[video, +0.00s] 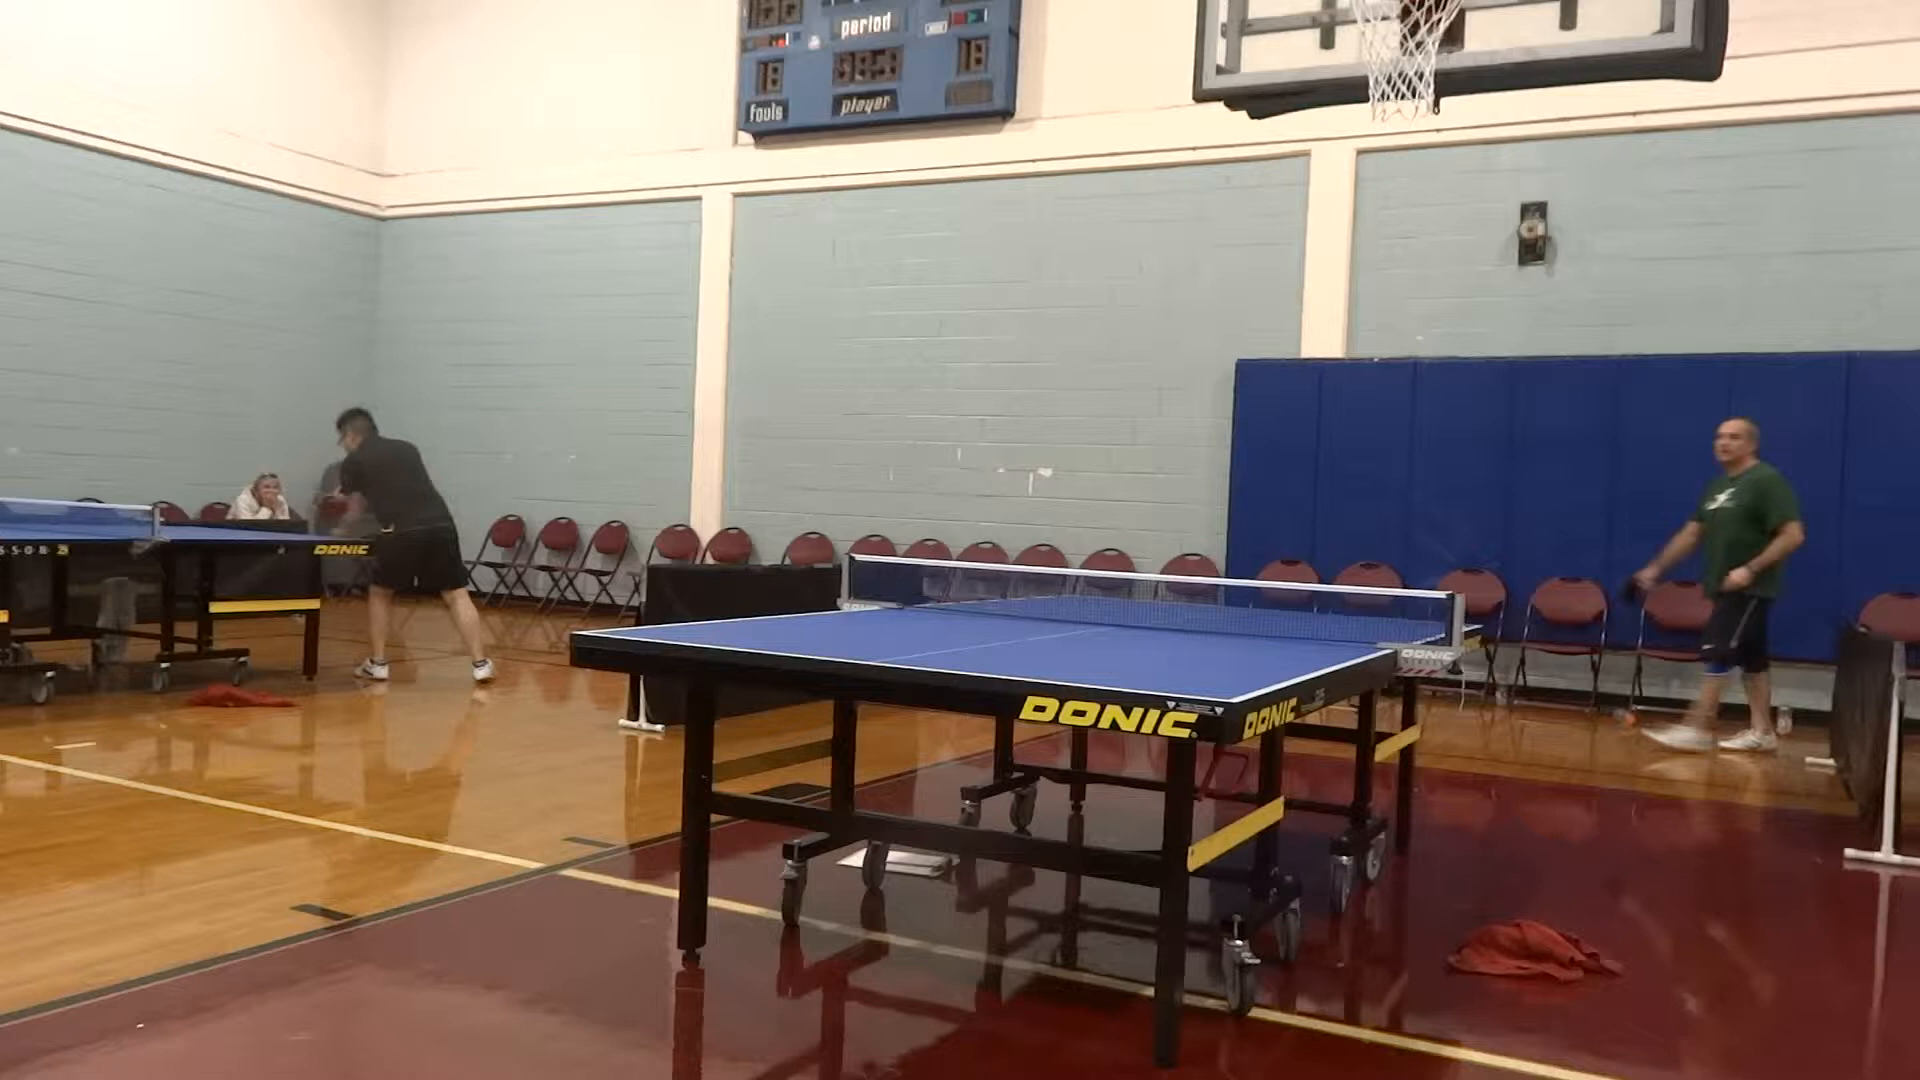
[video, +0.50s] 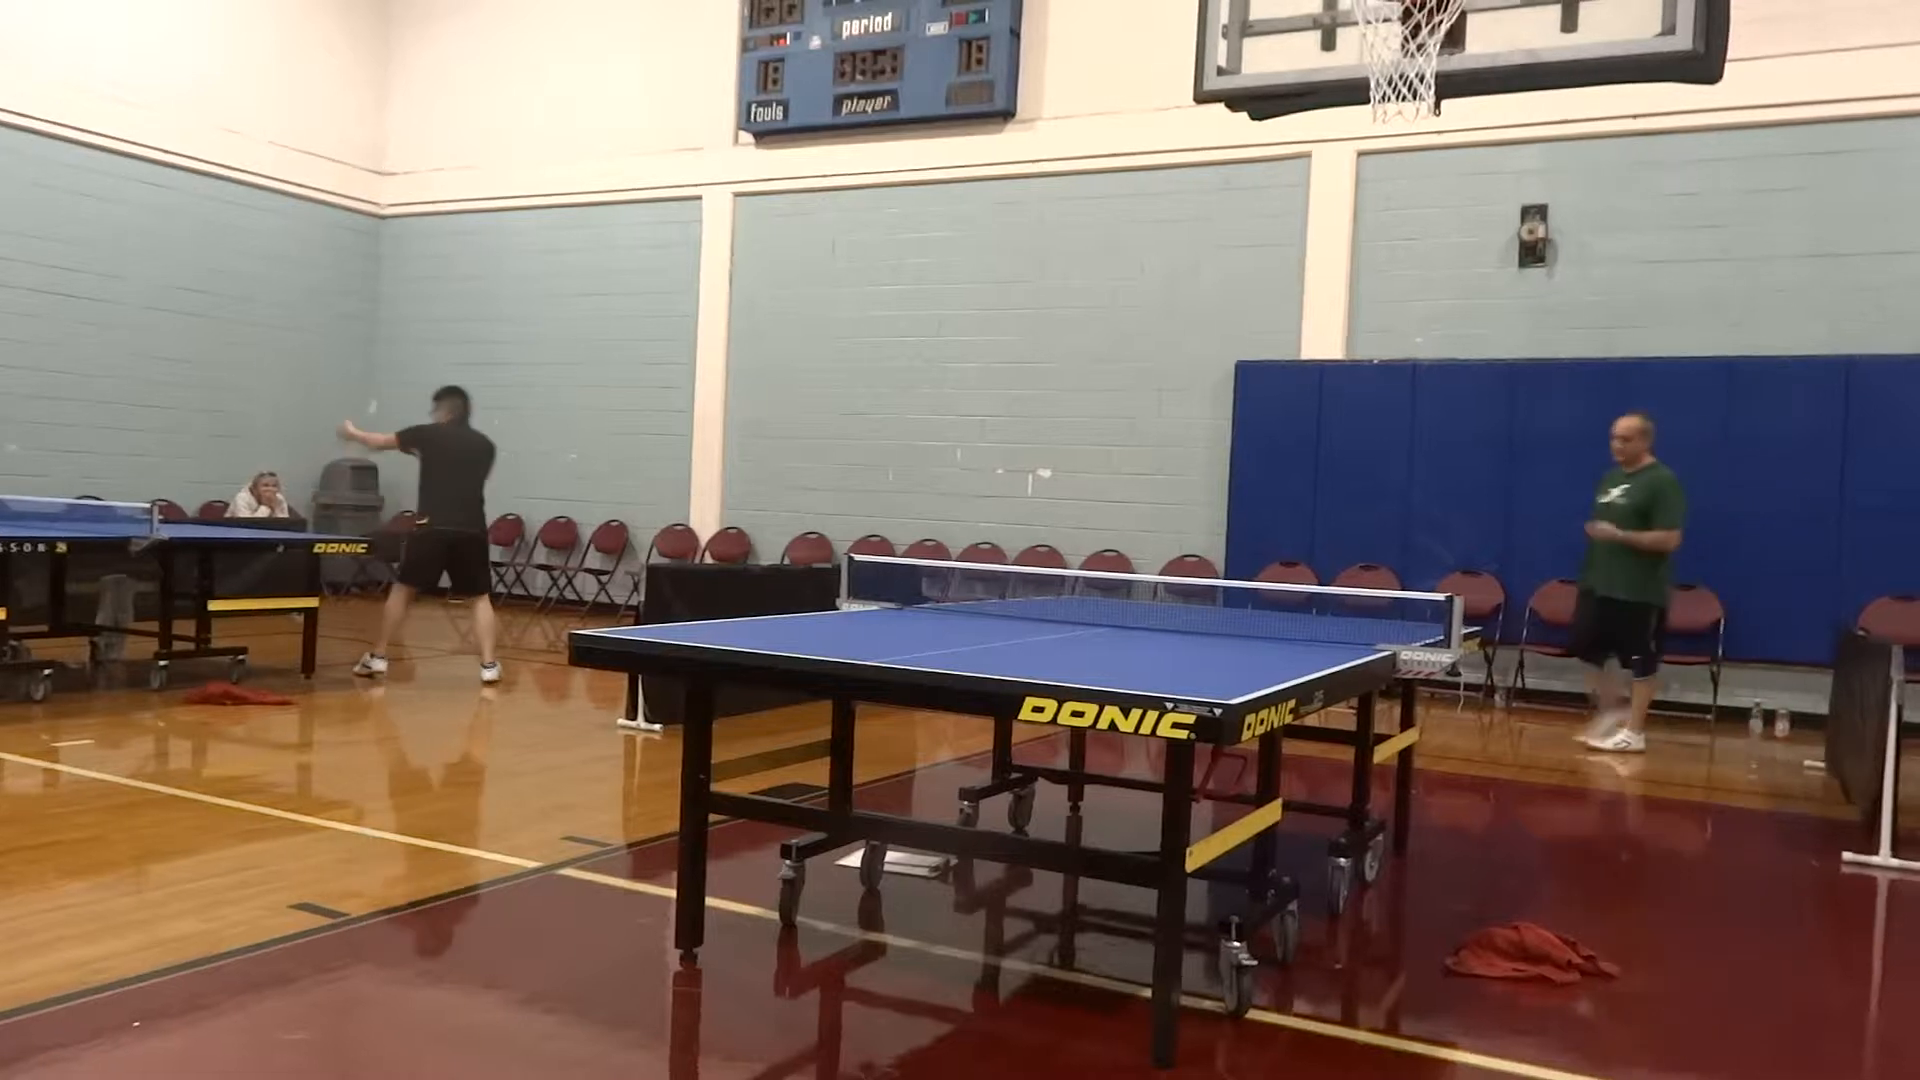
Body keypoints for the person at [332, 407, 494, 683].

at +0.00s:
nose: (343, 444)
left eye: (344, 438)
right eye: (342, 438)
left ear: (354, 435)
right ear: (373, 430)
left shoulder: (356, 460)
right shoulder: (406, 447)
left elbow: (355, 508)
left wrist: (341, 531)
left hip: (402, 535)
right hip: (441, 530)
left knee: (379, 593)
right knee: (457, 595)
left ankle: (378, 663)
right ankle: (481, 663)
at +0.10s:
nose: (351, 441)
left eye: (351, 434)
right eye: (350, 435)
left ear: (361, 431)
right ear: (381, 427)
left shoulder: (362, 458)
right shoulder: (413, 445)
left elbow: (363, 511)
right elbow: (418, 486)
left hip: (404, 534)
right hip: (443, 529)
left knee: (381, 593)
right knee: (460, 594)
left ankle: (379, 663)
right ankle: (484, 663)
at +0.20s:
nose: (368, 434)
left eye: (368, 427)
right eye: (366, 428)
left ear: (376, 424)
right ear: (397, 421)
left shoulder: (374, 454)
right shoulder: (427, 442)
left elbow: (370, 502)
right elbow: (427, 482)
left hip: (408, 533)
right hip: (448, 530)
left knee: (384, 592)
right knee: (465, 594)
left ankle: (379, 662)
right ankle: (488, 662)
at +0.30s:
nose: (390, 425)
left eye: (391, 419)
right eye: (390, 419)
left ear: (399, 418)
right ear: (420, 416)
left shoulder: (393, 445)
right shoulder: (446, 441)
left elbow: (374, 474)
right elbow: (438, 477)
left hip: (415, 535)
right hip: (455, 535)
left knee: (387, 592)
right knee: (472, 597)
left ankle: (379, 662)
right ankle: (490, 664)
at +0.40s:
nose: (414, 417)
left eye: (416, 412)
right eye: (415, 412)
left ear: (425, 413)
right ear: (445, 412)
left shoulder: (412, 438)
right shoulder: (468, 442)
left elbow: (376, 458)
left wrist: (361, 455)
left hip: (424, 534)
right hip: (463, 535)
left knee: (393, 590)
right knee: (477, 597)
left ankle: (379, 660)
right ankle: (490, 665)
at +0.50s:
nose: (433, 415)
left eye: (436, 410)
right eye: (434, 410)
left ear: (444, 411)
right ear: (465, 412)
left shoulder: (429, 434)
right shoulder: (485, 445)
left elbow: (380, 442)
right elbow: (471, 474)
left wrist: (353, 432)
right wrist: (422, 449)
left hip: (431, 531)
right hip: (472, 534)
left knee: (403, 589)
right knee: (481, 597)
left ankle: (378, 656)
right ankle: (489, 665)